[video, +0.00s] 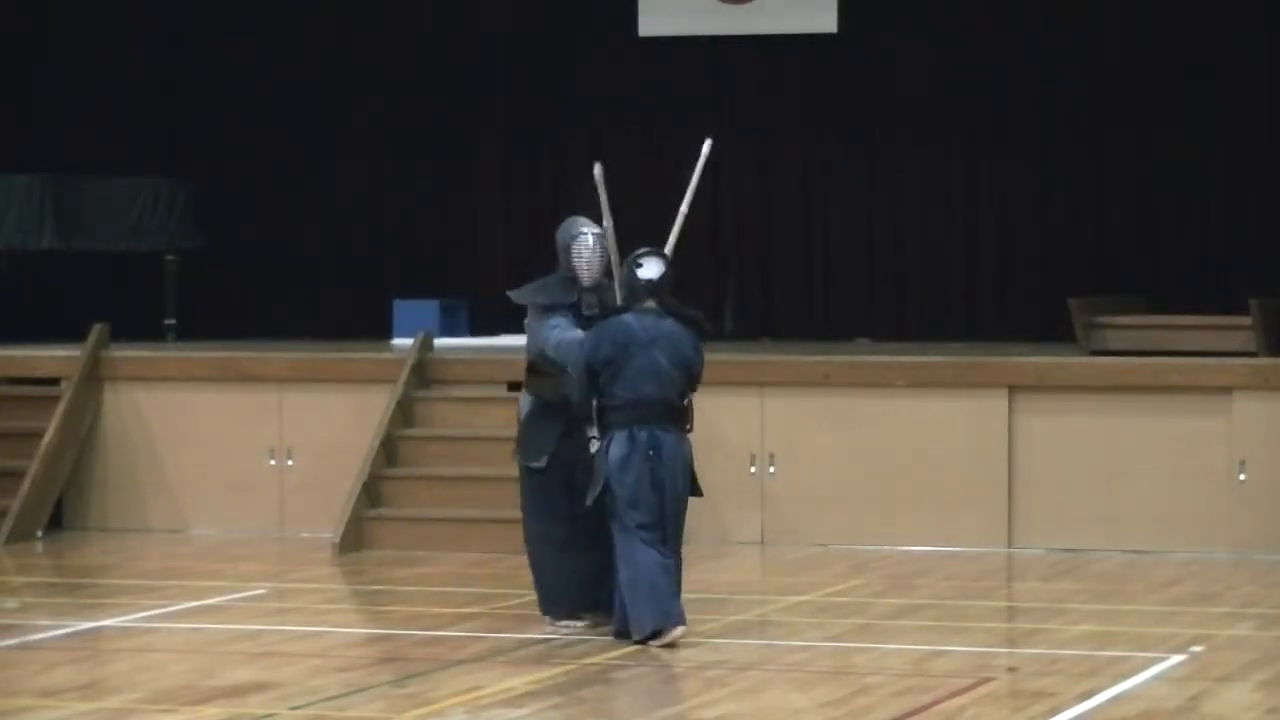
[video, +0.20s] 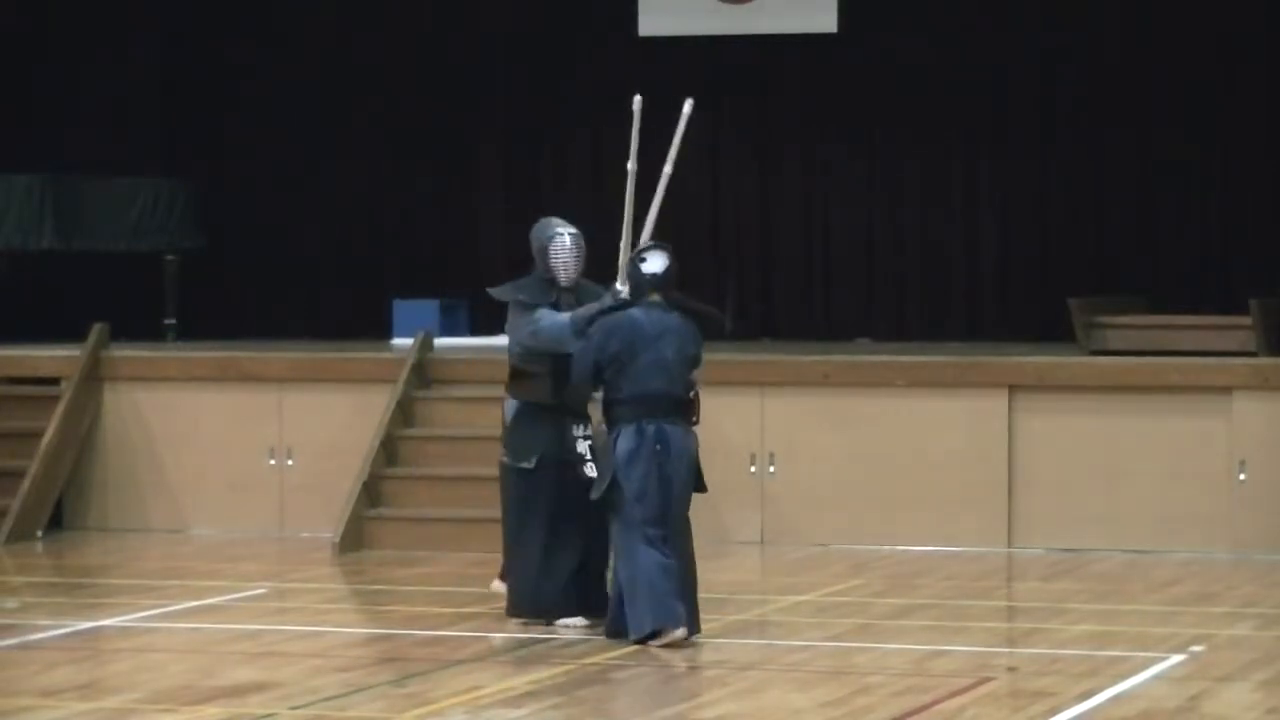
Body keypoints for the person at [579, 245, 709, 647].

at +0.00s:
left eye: (626, 281)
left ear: (626, 285)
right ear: (663, 288)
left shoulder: (607, 332)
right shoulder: (684, 334)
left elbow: (583, 387)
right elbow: (691, 380)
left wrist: (591, 417)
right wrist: (658, 398)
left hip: (625, 435)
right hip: (671, 435)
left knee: (634, 525)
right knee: (665, 527)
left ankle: (663, 617)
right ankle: (637, 617)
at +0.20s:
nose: (624, 282)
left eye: (626, 276)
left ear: (629, 281)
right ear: (667, 283)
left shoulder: (608, 328)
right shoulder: (685, 327)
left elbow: (582, 383)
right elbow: (691, 366)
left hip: (631, 433)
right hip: (678, 432)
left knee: (635, 527)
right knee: (668, 525)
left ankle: (666, 620)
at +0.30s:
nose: (628, 278)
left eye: (630, 272)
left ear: (633, 276)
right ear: (672, 280)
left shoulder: (613, 324)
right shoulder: (689, 325)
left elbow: (585, 378)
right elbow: (690, 366)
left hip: (634, 432)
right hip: (682, 431)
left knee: (640, 526)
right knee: (675, 524)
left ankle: (666, 619)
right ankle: (678, 616)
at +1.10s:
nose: (615, 288)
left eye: (618, 282)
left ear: (622, 285)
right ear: (656, 283)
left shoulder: (614, 332)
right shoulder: (676, 326)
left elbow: (585, 389)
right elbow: (683, 361)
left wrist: (585, 348)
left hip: (637, 436)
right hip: (674, 433)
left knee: (639, 526)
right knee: (671, 526)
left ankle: (673, 627)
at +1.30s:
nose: (596, 291)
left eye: (598, 285)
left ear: (603, 289)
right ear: (638, 286)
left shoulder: (600, 331)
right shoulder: (659, 328)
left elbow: (559, 378)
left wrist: (558, 345)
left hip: (624, 436)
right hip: (656, 433)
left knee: (634, 527)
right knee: (620, 527)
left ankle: (672, 624)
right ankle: (611, 621)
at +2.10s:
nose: (585, 286)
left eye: (589, 279)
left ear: (594, 282)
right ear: (629, 278)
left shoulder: (596, 329)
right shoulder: (649, 324)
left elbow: (562, 383)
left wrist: (542, 402)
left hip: (610, 435)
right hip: (642, 432)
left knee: (609, 521)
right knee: (623, 519)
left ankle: (666, 606)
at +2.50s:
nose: (601, 284)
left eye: (604, 277)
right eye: (604, 276)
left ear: (610, 279)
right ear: (640, 277)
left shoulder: (613, 326)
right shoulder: (655, 321)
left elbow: (576, 398)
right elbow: (603, 370)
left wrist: (543, 400)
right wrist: (551, 387)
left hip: (622, 435)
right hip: (653, 430)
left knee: (608, 525)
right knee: (646, 522)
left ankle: (651, 606)